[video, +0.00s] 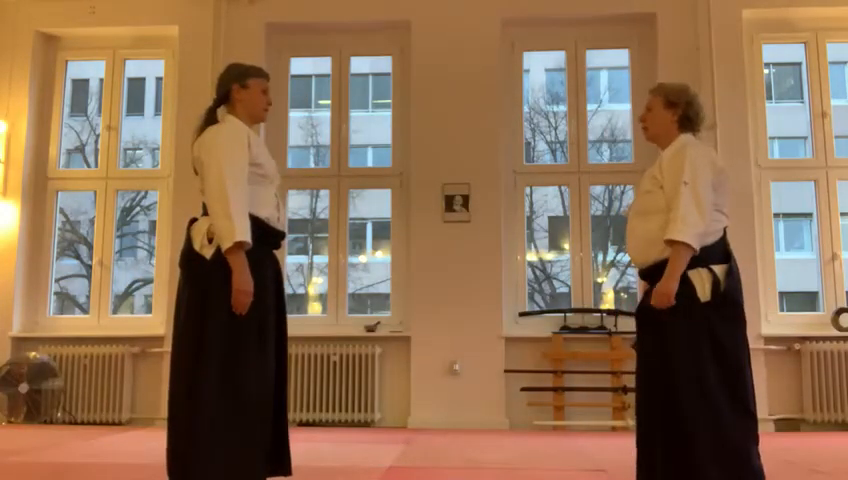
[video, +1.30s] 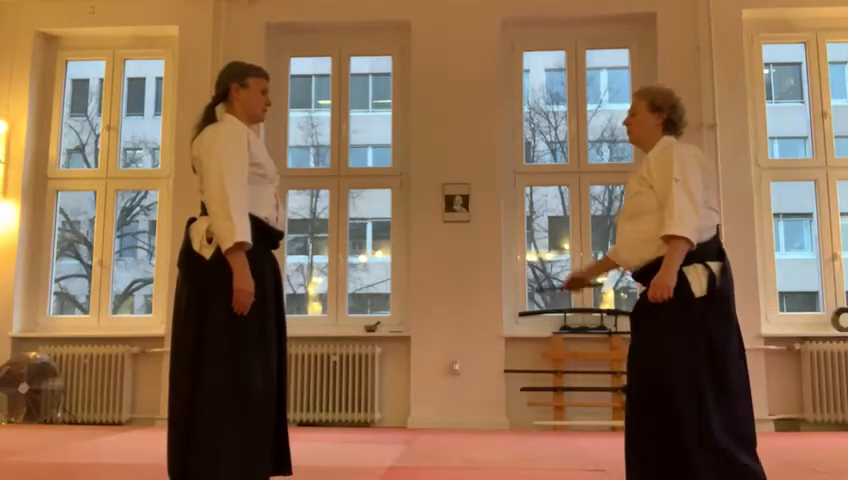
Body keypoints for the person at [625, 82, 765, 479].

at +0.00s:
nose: (642, 117)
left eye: (650, 110)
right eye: (644, 110)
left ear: (674, 113)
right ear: (671, 114)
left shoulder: (689, 152)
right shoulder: (670, 157)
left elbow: (690, 219)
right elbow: (672, 221)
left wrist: (670, 278)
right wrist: (652, 278)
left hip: (692, 282)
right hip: (669, 283)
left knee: (694, 392)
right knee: (669, 394)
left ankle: (705, 474)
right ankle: (675, 474)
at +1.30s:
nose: (626, 120)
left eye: (633, 113)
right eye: (628, 113)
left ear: (659, 119)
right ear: (649, 120)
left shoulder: (675, 152)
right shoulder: (645, 166)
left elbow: (685, 212)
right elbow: (637, 239)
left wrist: (668, 269)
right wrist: (591, 272)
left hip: (688, 279)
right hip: (659, 283)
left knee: (687, 387)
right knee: (653, 388)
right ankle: (661, 472)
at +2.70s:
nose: (497, 124)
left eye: (504, 116)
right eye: (498, 117)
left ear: (532, 118)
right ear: (523, 121)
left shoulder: (573, 162)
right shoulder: (505, 179)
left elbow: (603, 216)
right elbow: (458, 217)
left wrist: (607, 273)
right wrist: (398, 234)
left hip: (589, 283)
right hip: (539, 293)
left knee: (595, 383)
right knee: (515, 385)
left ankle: (650, 474)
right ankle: (531, 473)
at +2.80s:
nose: (514, 118)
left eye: (521, 110)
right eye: (515, 111)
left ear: (547, 112)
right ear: (538, 114)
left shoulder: (585, 158)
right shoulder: (519, 175)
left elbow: (610, 215)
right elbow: (482, 228)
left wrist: (611, 276)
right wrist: (431, 258)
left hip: (594, 284)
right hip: (546, 292)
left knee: (600, 390)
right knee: (520, 386)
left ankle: (641, 477)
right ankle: (532, 476)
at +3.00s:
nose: (548, 106)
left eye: (556, 98)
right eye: (551, 98)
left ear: (581, 105)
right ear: (575, 105)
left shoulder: (610, 149)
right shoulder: (568, 160)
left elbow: (626, 212)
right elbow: (582, 221)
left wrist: (619, 276)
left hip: (612, 284)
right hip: (579, 286)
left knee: (612, 388)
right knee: (545, 379)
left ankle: (626, 472)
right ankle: (545, 468)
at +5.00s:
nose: (592, 133)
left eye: (600, 125)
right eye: (595, 125)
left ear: (623, 130)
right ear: (626, 131)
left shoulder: (631, 165)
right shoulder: (640, 165)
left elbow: (628, 237)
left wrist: (600, 298)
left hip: (640, 293)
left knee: (564, 368)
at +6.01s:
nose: (437, 104)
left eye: (446, 93)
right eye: (441, 94)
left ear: (473, 98)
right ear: (474, 100)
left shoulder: (474, 139)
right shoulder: (486, 149)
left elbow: (384, 141)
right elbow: (425, 203)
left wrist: (292, 128)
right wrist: (372, 173)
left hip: (499, 283)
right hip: (528, 283)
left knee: (409, 383)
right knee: (544, 399)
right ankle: (630, 472)